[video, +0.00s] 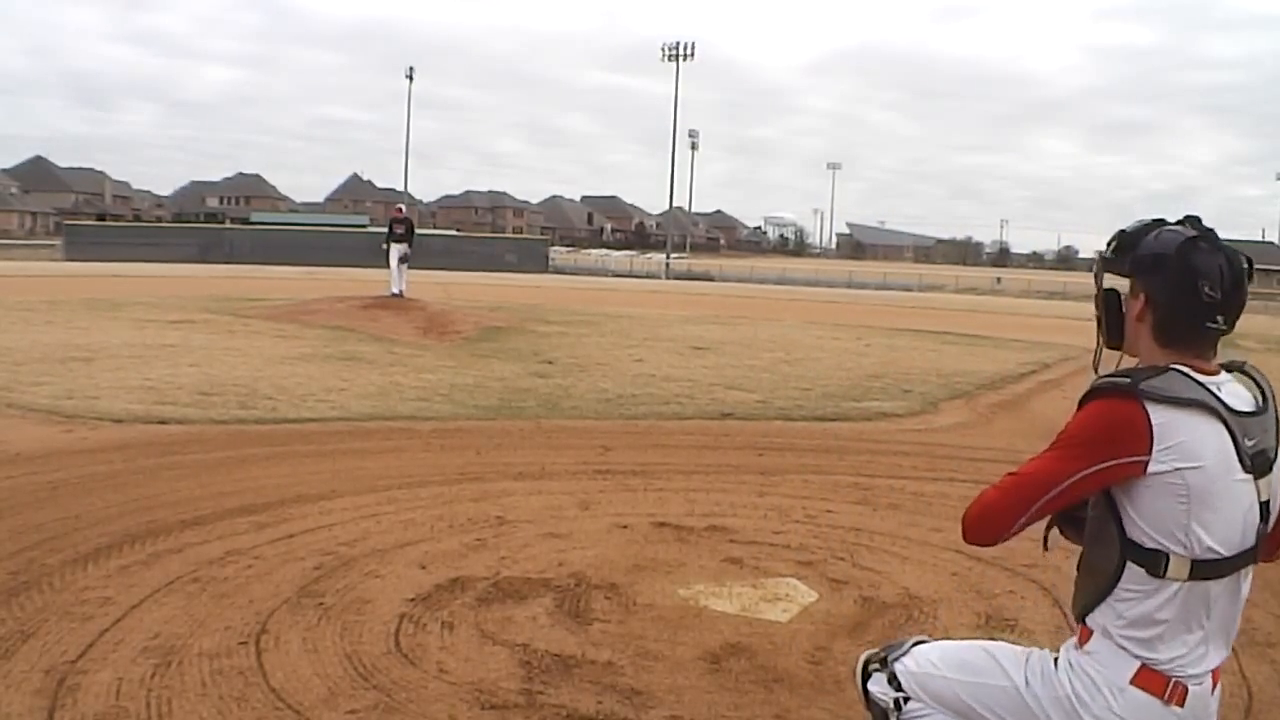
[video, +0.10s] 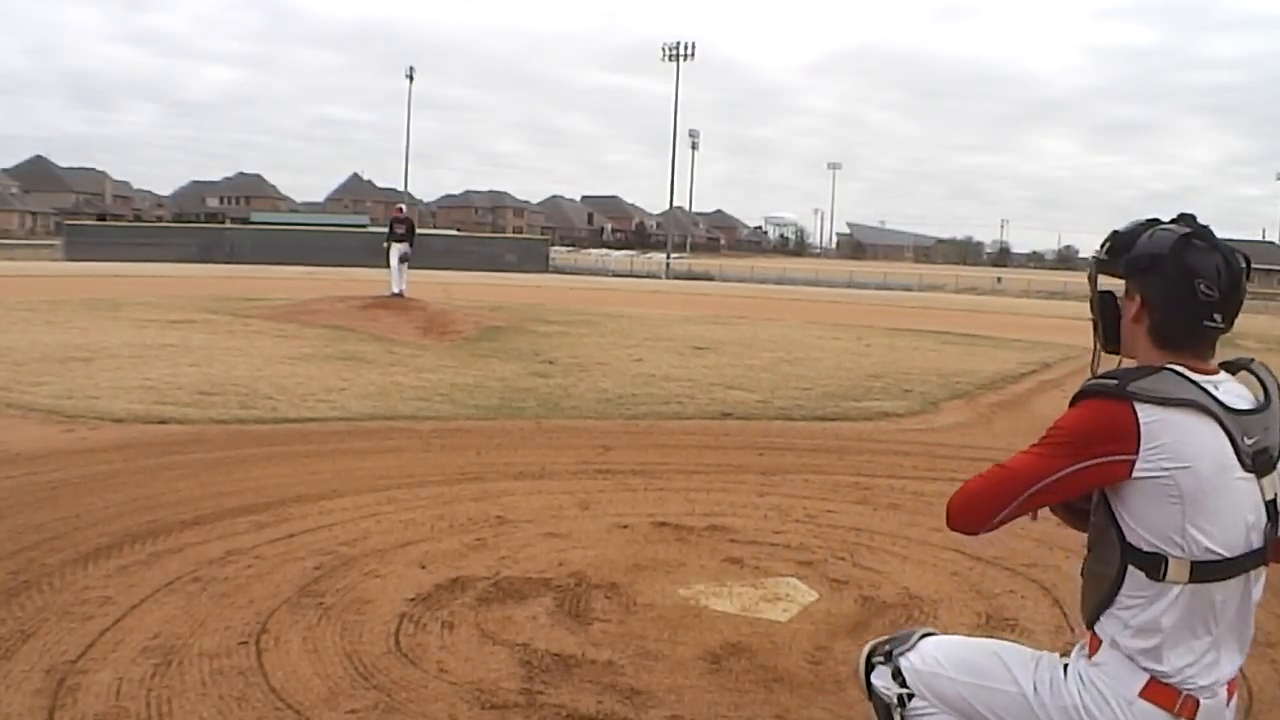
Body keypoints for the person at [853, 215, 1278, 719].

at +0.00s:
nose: (1118, 303)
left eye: (1125, 290)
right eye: (1123, 288)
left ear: (1140, 304)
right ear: (1217, 313)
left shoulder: (1130, 408)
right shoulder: (1253, 395)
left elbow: (980, 525)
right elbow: (1270, 542)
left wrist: (1066, 494)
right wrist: (1104, 527)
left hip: (1116, 695)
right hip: (1202, 697)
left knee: (890, 675)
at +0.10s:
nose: (1116, 303)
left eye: (1122, 290)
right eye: (1120, 289)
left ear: (1137, 306)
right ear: (1217, 314)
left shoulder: (1124, 408)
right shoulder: (1256, 391)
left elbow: (965, 513)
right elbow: (1271, 543)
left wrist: (1056, 484)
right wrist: (1097, 514)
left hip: (1131, 700)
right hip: (1220, 698)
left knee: (894, 665)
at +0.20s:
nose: (1108, 291)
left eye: (1114, 280)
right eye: (1112, 278)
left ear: (1128, 295)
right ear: (1205, 306)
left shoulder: (1113, 399)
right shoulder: (1247, 382)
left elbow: (965, 518)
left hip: (1141, 701)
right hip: (1237, 697)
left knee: (902, 653)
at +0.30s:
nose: (1099, 289)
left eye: (1105, 278)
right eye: (1104, 276)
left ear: (1121, 293)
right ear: (1198, 301)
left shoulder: (1100, 393)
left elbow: (980, 548)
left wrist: (1091, 488)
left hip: (1161, 701)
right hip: (1265, 694)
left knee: (908, 646)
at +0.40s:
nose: (1090, 314)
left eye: (1097, 300)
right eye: (1095, 299)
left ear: (1115, 313)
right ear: (1196, 318)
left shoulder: (1096, 415)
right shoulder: (1245, 394)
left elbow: (1005, 591)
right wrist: (1084, 502)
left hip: (1162, 702)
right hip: (1264, 699)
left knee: (912, 645)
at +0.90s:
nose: (1106, 352)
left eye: (1109, 339)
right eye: (1109, 338)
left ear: (1123, 355)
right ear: (1212, 354)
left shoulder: (1109, 451)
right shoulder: (1258, 423)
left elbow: (1036, 641)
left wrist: (1031, 574)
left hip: (1170, 711)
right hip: (1265, 704)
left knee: (942, 641)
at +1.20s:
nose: (1113, 347)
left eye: (1119, 333)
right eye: (1117, 332)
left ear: (1134, 347)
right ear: (1218, 354)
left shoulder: (1110, 450)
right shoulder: (1260, 424)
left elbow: (1037, 640)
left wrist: (1035, 573)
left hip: (1170, 713)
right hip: (1265, 706)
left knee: (945, 639)